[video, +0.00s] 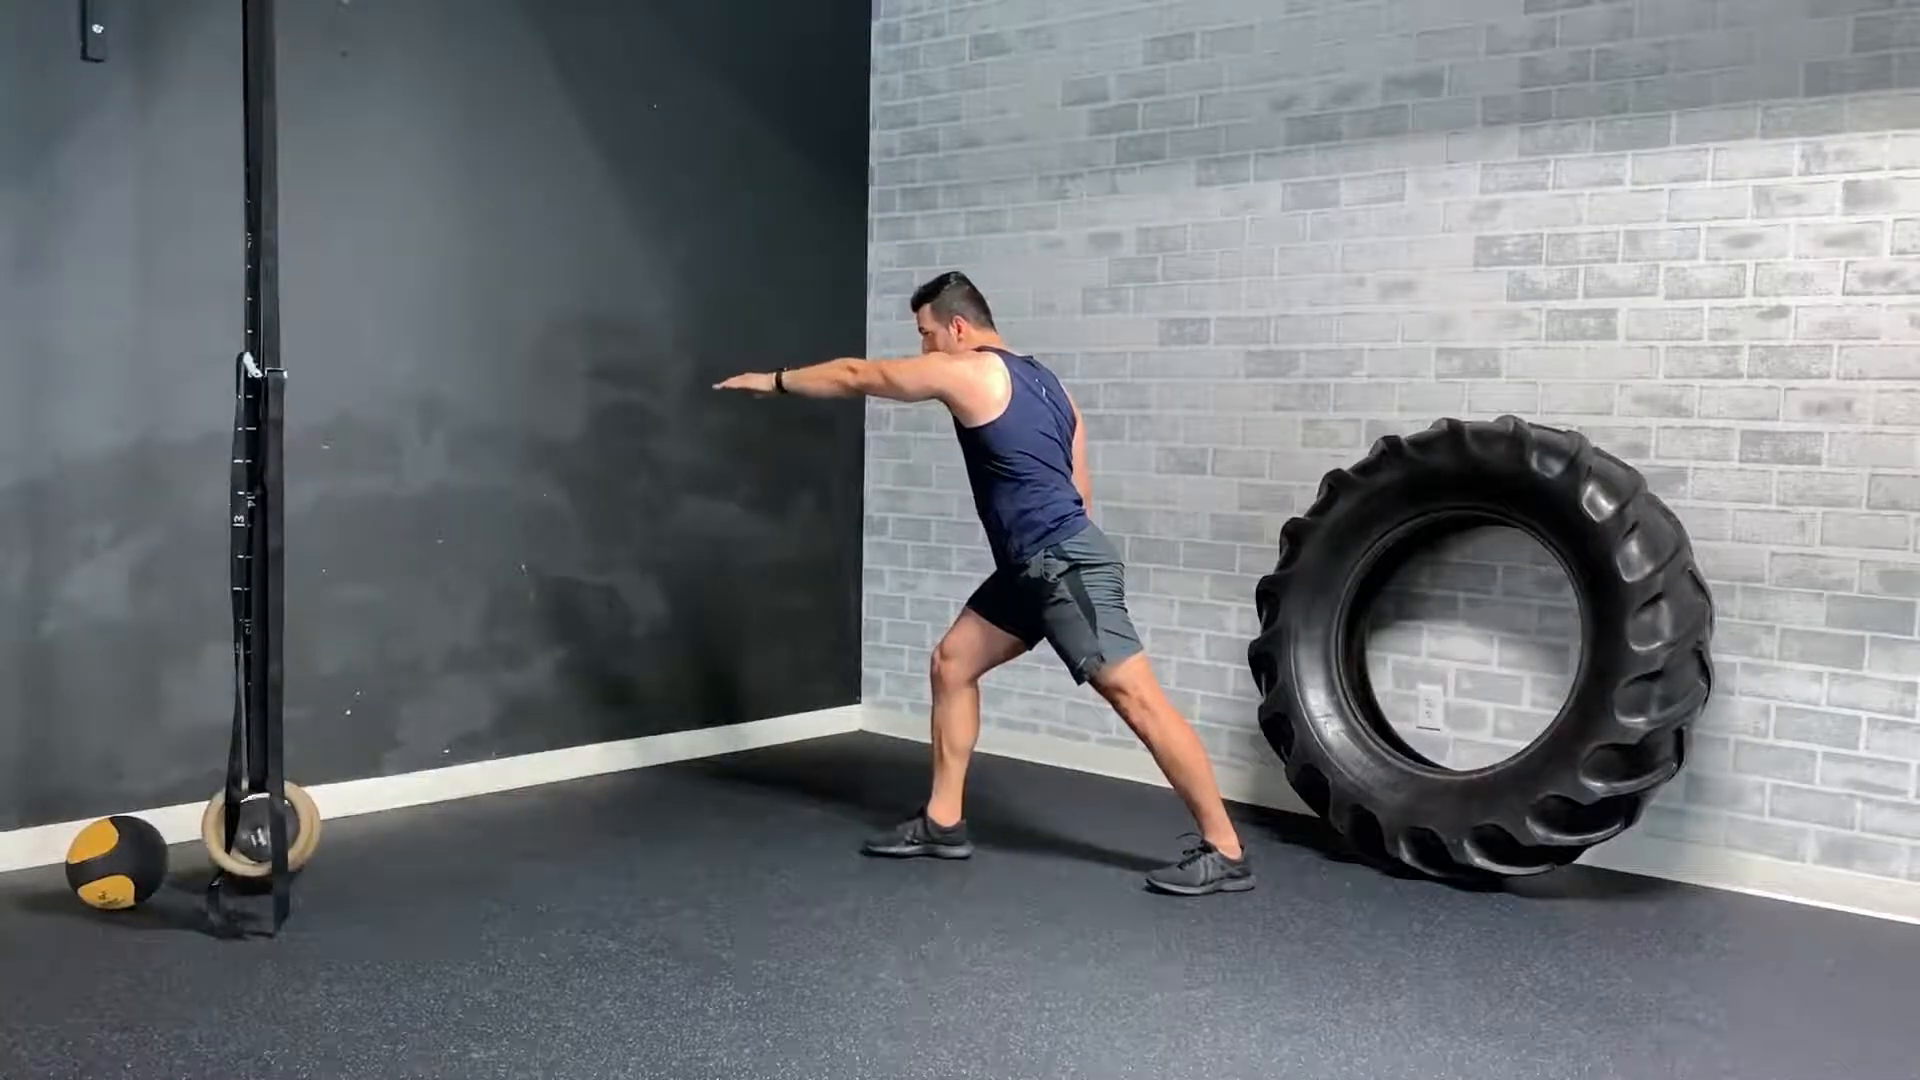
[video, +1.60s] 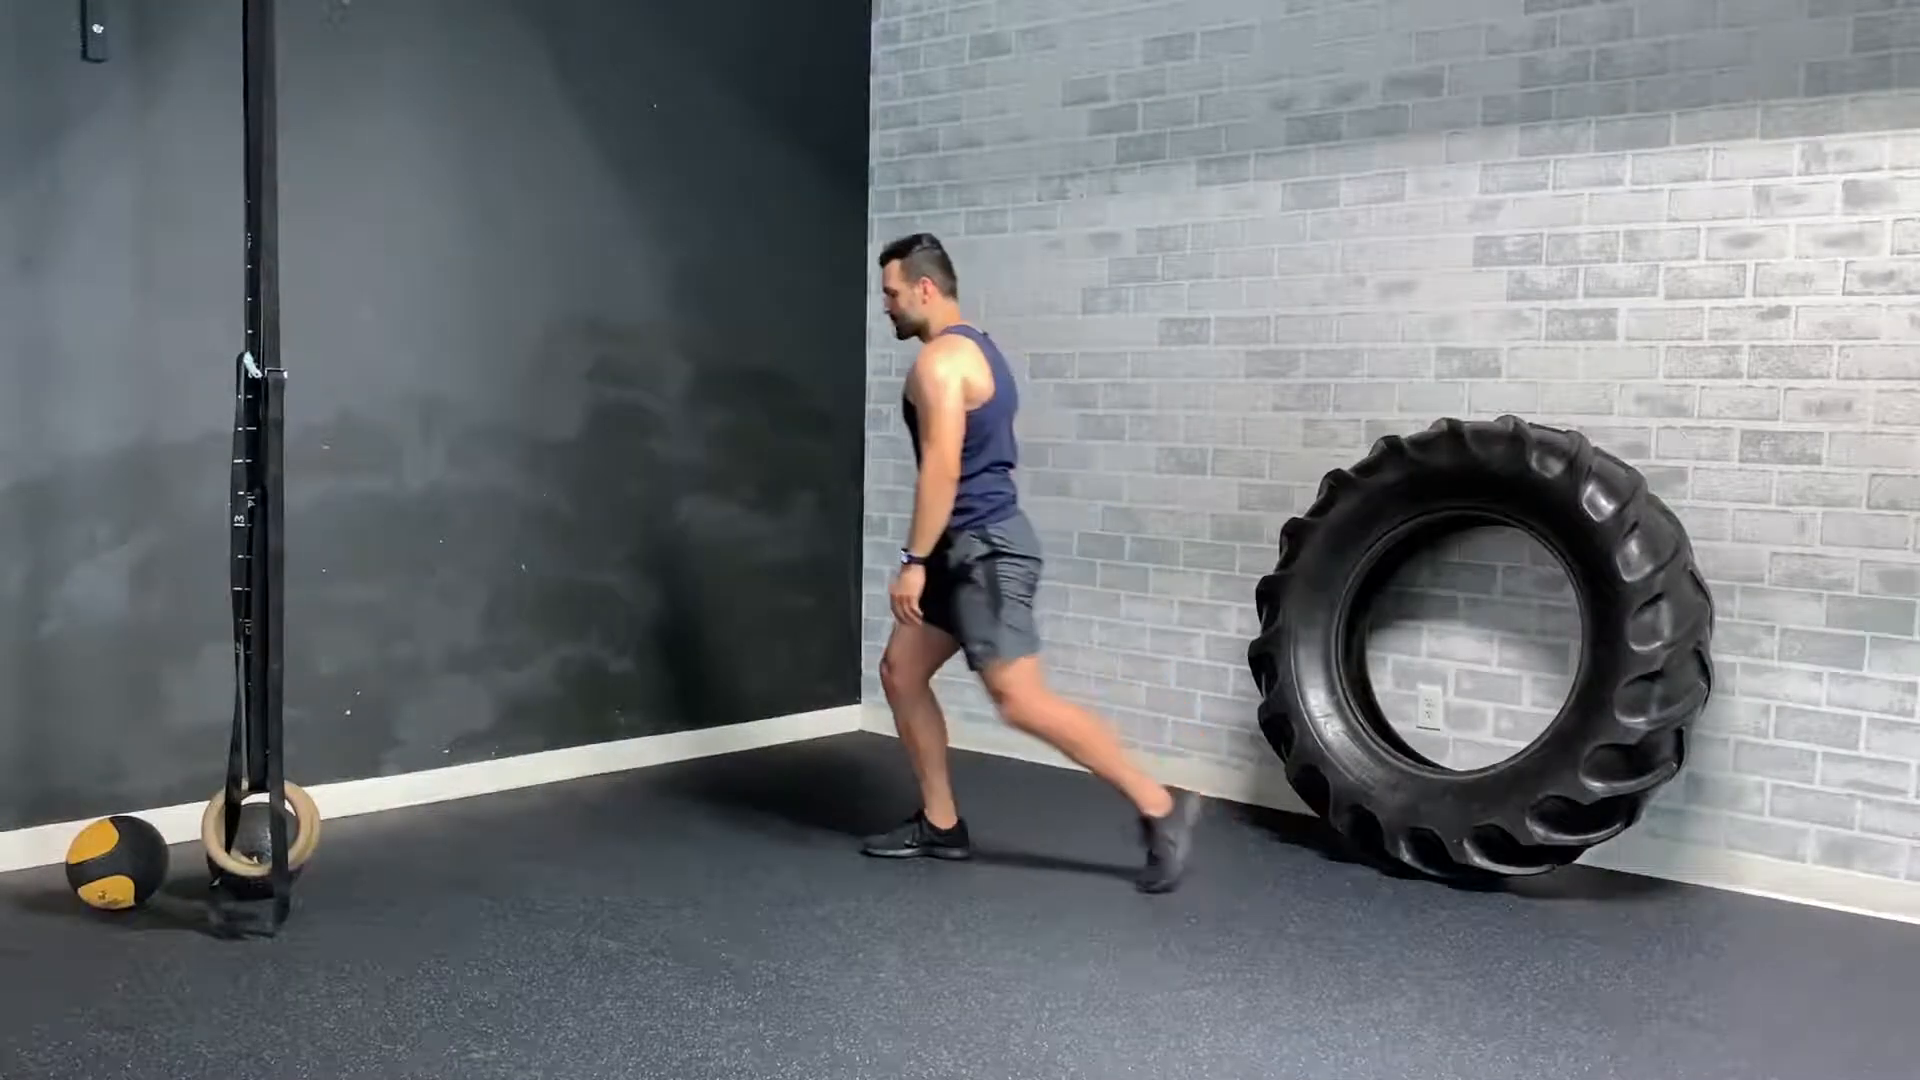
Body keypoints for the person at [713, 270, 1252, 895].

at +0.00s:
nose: (924, 349)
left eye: (926, 335)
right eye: (922, 337)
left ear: (957, 325)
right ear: (977, 324)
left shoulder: (966, 371)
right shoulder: (1047, 384)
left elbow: (860, 376)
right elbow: (1076, 489)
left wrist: (774, 380)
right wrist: (1066, 550)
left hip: (1064, 560)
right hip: (1039, 568)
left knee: (1140, 701)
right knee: (953, 662)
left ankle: (1226, 850)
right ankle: (942, 822)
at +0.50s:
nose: (941, 342)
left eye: (943, 327)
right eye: (939, 330)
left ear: (973, 317)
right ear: (992, 315)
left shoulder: (975, 376)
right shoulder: (1060, 378)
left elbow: (877, 426)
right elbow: (1084, 489)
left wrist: (798, 463)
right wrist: (1044, 549)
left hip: (1067, 561)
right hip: (1049, 564)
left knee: (1139, 701)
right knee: (958, 662)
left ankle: (1225, 849)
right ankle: (942, 822)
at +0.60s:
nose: (950, 334)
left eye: (953, 319)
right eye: (948, 321)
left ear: (985, 313)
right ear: (1003, 313)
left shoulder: (992, 379)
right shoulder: (1070, 378)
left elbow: (914, 471)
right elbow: (1087, 490)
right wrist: (1051, 550)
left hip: (1069, 564)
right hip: (1045, 565)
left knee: (1139, 704)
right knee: (959, 662)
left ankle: (1225, 848)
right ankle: (942, 825)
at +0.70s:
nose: (957, 330)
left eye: (960, 316)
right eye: (955, 317)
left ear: (992, 309)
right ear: (1010, 310)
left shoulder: (1001, 381)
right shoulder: (1071, 375)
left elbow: (973, 496)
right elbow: (1091, 488)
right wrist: (1044, 547)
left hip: (1071, 561)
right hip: (1051, 563)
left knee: (1138, 702)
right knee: (960, 665)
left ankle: (1225, 848)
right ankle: (941, 824)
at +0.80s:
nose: (964, 324)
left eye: (967, 310)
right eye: (962, 311)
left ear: (1000, 305)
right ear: (1014, 305)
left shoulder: (1016, 380)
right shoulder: (1067, 365)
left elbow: (1032, 493)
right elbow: (1093, 481)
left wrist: (1033, 588)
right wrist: (1053, 547)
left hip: (1076, 559)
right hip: (1058, 555)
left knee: (1141, 700)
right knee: (965, 666)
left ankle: (1225, 848)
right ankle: (940, 824)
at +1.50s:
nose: (913, 318)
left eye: (919, 305)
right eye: (912, 306)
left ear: (955, 303)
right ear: (963, 305)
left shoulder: (974, 378)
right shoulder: (1002, 363)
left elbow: (978, 491)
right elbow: (1008, 483)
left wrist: (946, 580)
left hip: (1025, 558)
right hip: (1001, 561)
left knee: (1094, 696)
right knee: (915, 671)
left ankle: (1205, 829)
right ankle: (939, 827)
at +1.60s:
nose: (886, 305)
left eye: (891, 292)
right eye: (884, 293)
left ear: (926, 288)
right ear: (935, 290)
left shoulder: (939, 363)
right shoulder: (976, 349)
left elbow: (940, 473)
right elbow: (981, 466)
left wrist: (913, 562)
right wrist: (937, 558)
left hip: (984, 547)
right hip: (968, 546)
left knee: (1020, 699)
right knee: (902, 674)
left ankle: (1162, 807)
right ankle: (940, 825)